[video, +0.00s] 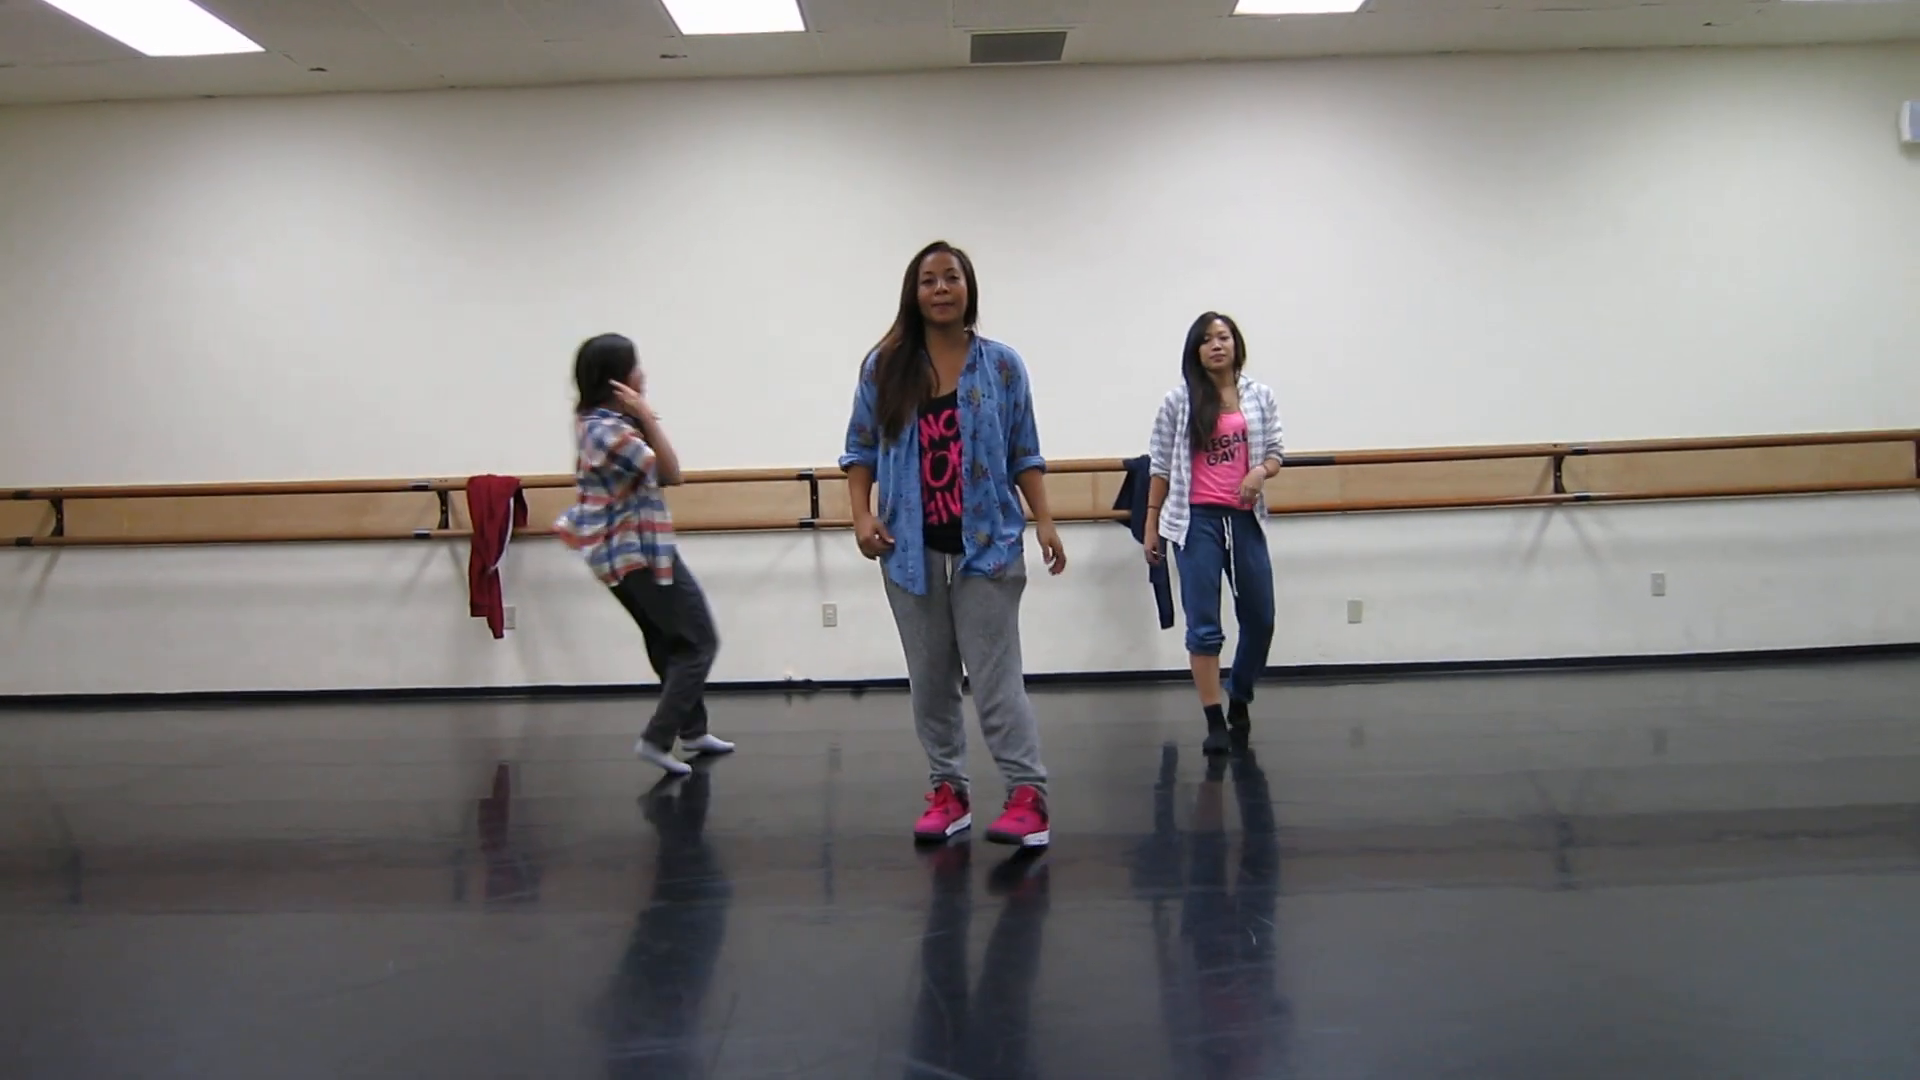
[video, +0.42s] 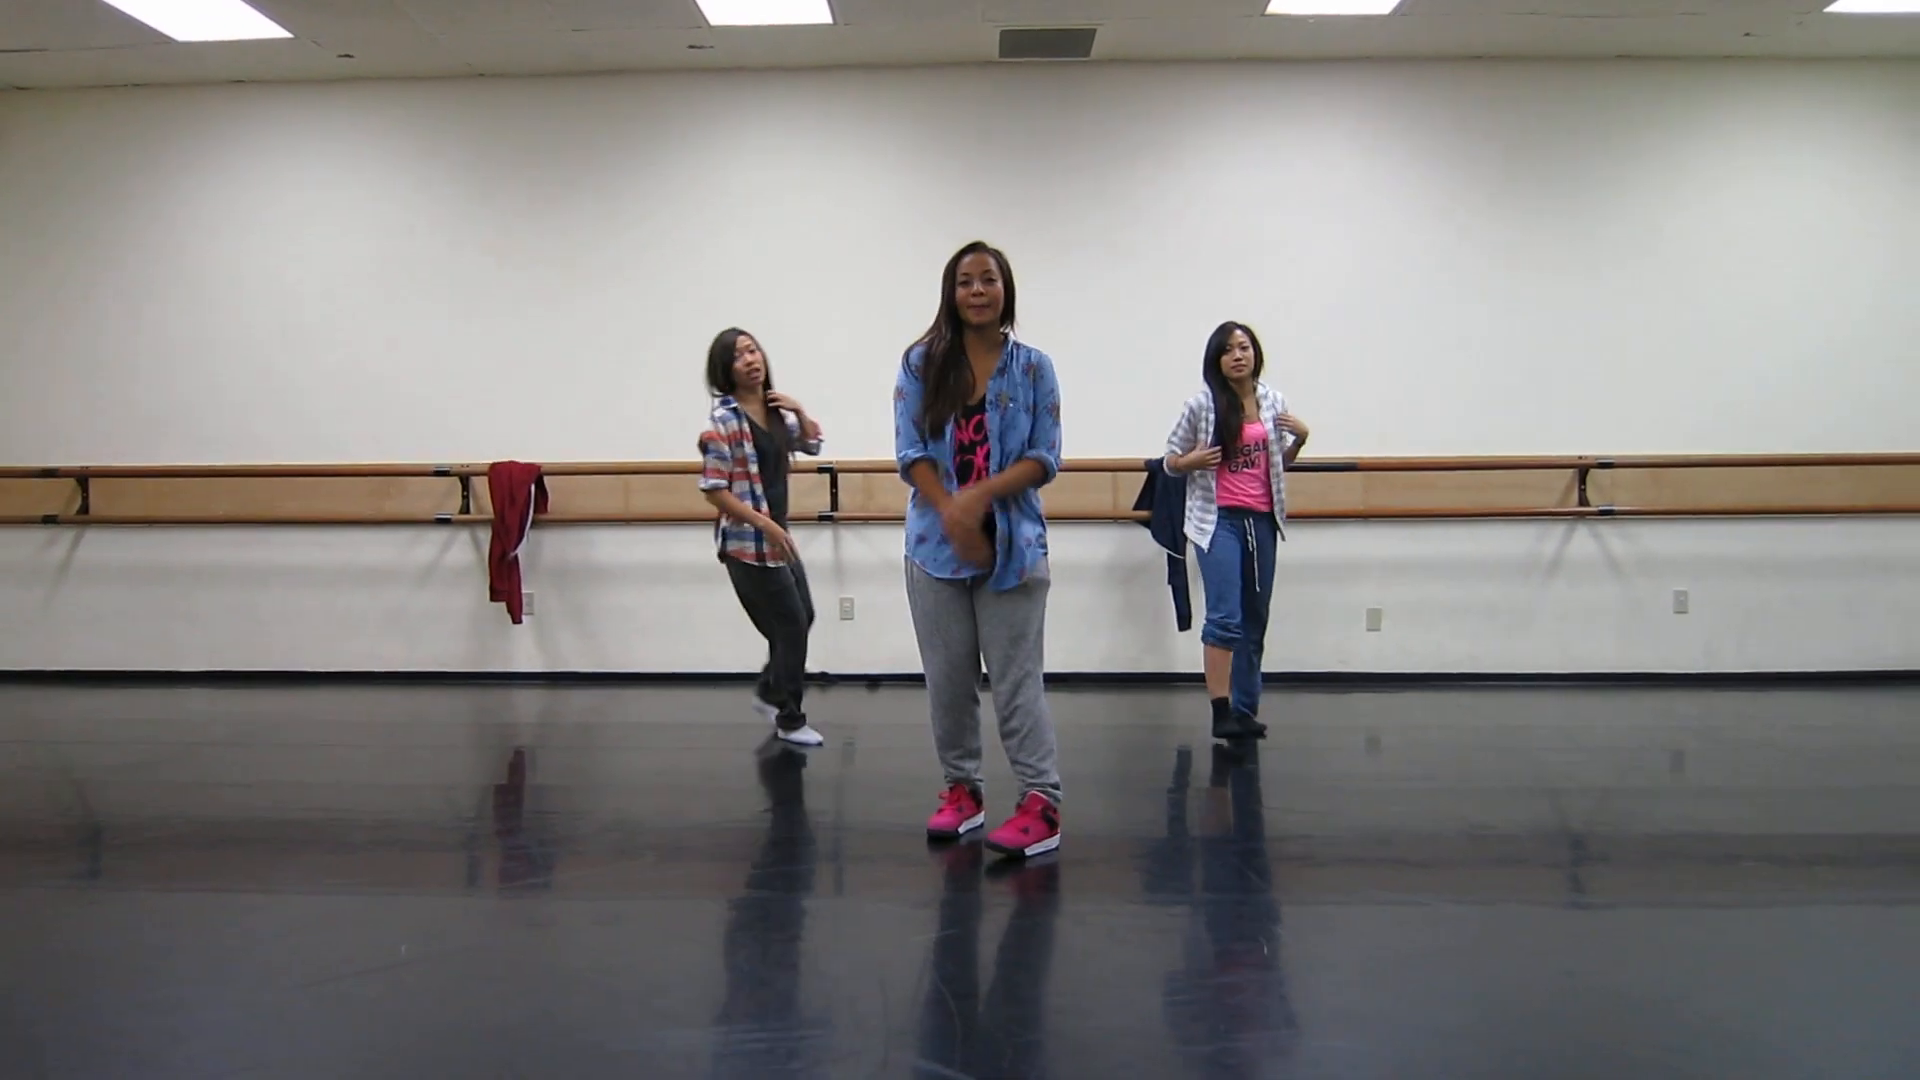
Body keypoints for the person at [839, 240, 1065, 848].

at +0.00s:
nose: (941, 288)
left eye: (952, 278)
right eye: (929, 280)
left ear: (970, 289)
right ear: (912, 293)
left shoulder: (1001, 363)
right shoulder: (883, 366)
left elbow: (1024, 452)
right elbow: (861, 448)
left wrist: (1044, 520)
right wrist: (862, 515)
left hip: (987, 547)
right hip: (910, 551)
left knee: (994, 676)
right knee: (930, 679)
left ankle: (1027, 792)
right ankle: (948, 791)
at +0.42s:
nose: (977, 290)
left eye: (988, 280)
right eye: (965, 281)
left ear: (1007, 290)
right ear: (950, 293)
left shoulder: (1033, 365)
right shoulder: (921, 362)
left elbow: (1043, 459)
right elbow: (910, 453)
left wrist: (975, 498)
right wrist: (959, 521)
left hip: (1012, 549)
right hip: (935, 548)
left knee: (1015, 678)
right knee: (948, 677)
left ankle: (1040, 802)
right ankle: (961, 792)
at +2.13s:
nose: (1084, 293)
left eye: (1093, 284)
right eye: (1071, 286)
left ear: (1110, 300)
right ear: (1052, 302)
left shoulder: (1131, 383)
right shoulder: (1017, 373)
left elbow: (1147, 480)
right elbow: (996, 471)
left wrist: (1140, 560)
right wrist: (989, 557)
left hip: (1102, 570)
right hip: (1025, 567)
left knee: (1104, 704)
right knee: (1014, 697)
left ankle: (1104, 829)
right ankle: (998, 808)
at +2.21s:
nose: (1082, 296)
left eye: (1092, 288)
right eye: (1070, 288)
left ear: (1108, 303)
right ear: (1050, 303)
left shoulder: (1127, 386)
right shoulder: (1014, 374)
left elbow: (1137, 482)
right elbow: (999, 469)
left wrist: (1118, 561)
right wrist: (1019, 557)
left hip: (1093, 570)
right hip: (1017, 566)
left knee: (1098, 705)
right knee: (1009, 698)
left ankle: (1101, 830)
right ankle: (994, 810)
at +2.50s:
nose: (1039, 314)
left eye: (1051, 303)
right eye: (1028, 304)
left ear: (1069, 313)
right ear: (1011, 313)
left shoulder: (1091, 387)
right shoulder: (979, 377)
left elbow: (1087, 484)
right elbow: (987, 460)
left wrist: (1032, 541)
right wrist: (1060, 490)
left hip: (1060, 563)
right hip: (982, 562)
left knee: (1071, 703)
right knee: (989, 699)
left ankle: (1090, 831)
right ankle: (988, 815)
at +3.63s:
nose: (955, 328)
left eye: (960, 315)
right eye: (941, 326)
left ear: (983, 319)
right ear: (933, 345)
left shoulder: (1030, 384)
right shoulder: (934, 410)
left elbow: (1072, 472)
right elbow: (930, 497)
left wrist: (1102, 548)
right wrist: (916, 556)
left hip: (1025, 569)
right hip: (953, 574)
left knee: (1017, 700)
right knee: (972, 703)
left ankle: (1027, 778)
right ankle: (991, 816)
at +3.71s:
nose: (953, 331)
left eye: (958, 318)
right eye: (939, 330)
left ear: (981, 323)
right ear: (933, 349)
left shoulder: (1029, 384)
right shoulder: (936, 412)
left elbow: (1074, 469)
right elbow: (929, 506)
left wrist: (1101, 547)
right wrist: (910, 577)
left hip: (1030, 574)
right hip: (957, 578)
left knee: (1029, 703)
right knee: (976, 704)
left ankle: (1028, 784)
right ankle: (993, 818)